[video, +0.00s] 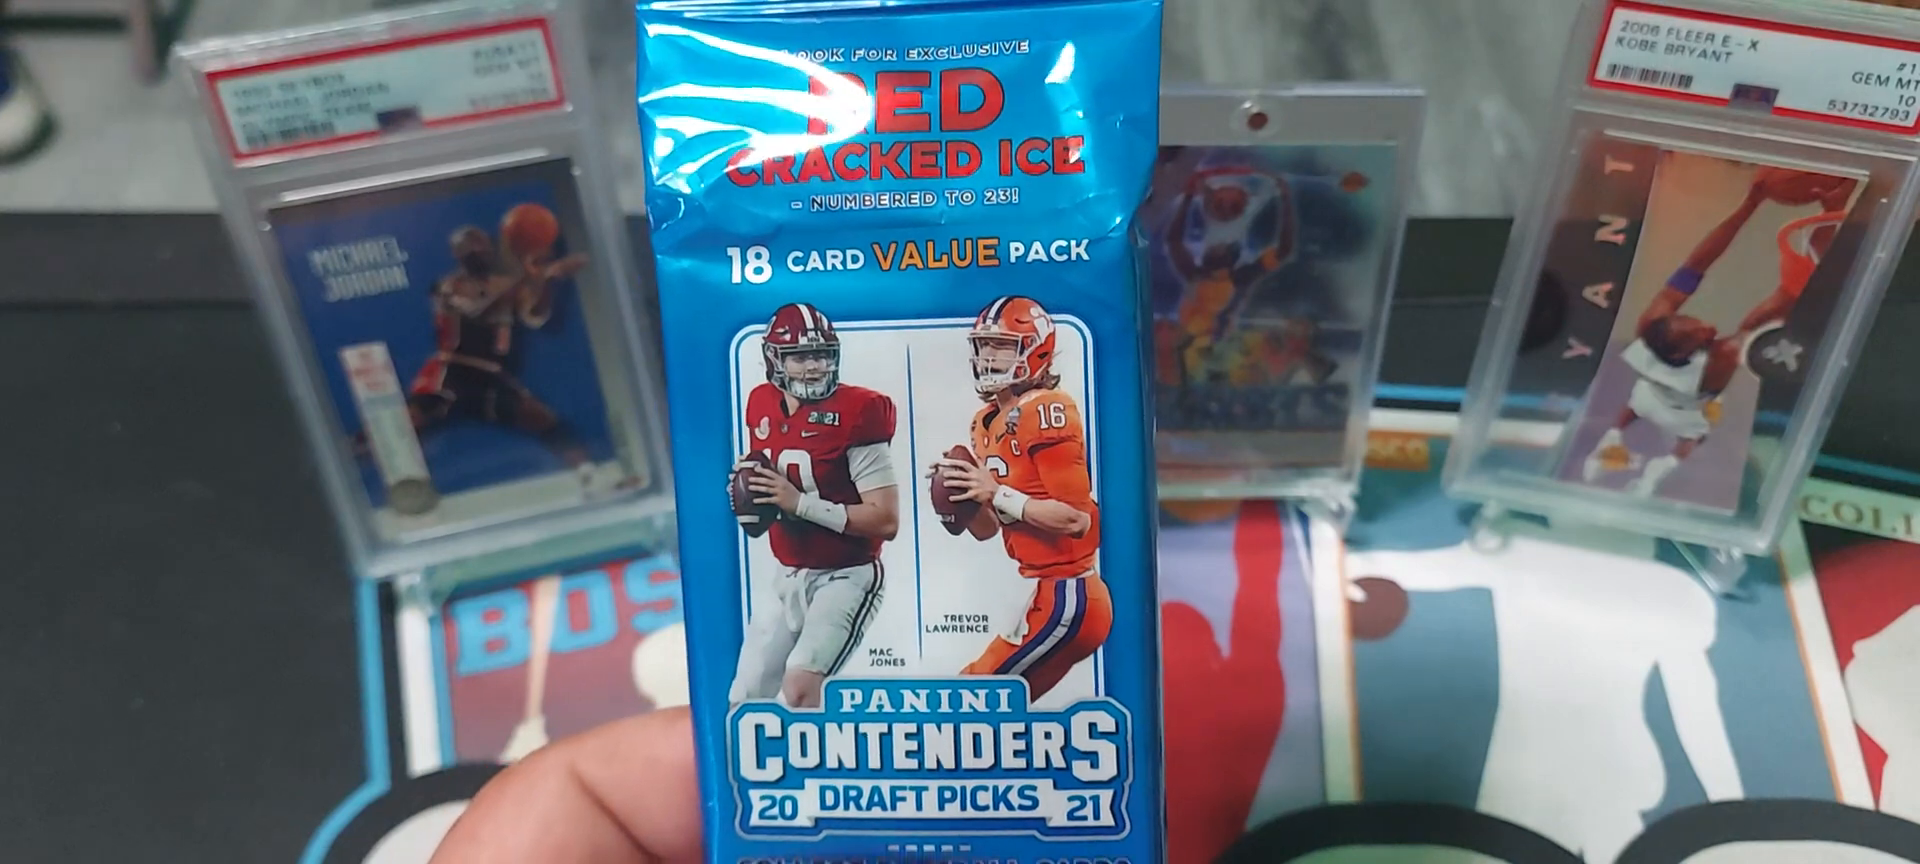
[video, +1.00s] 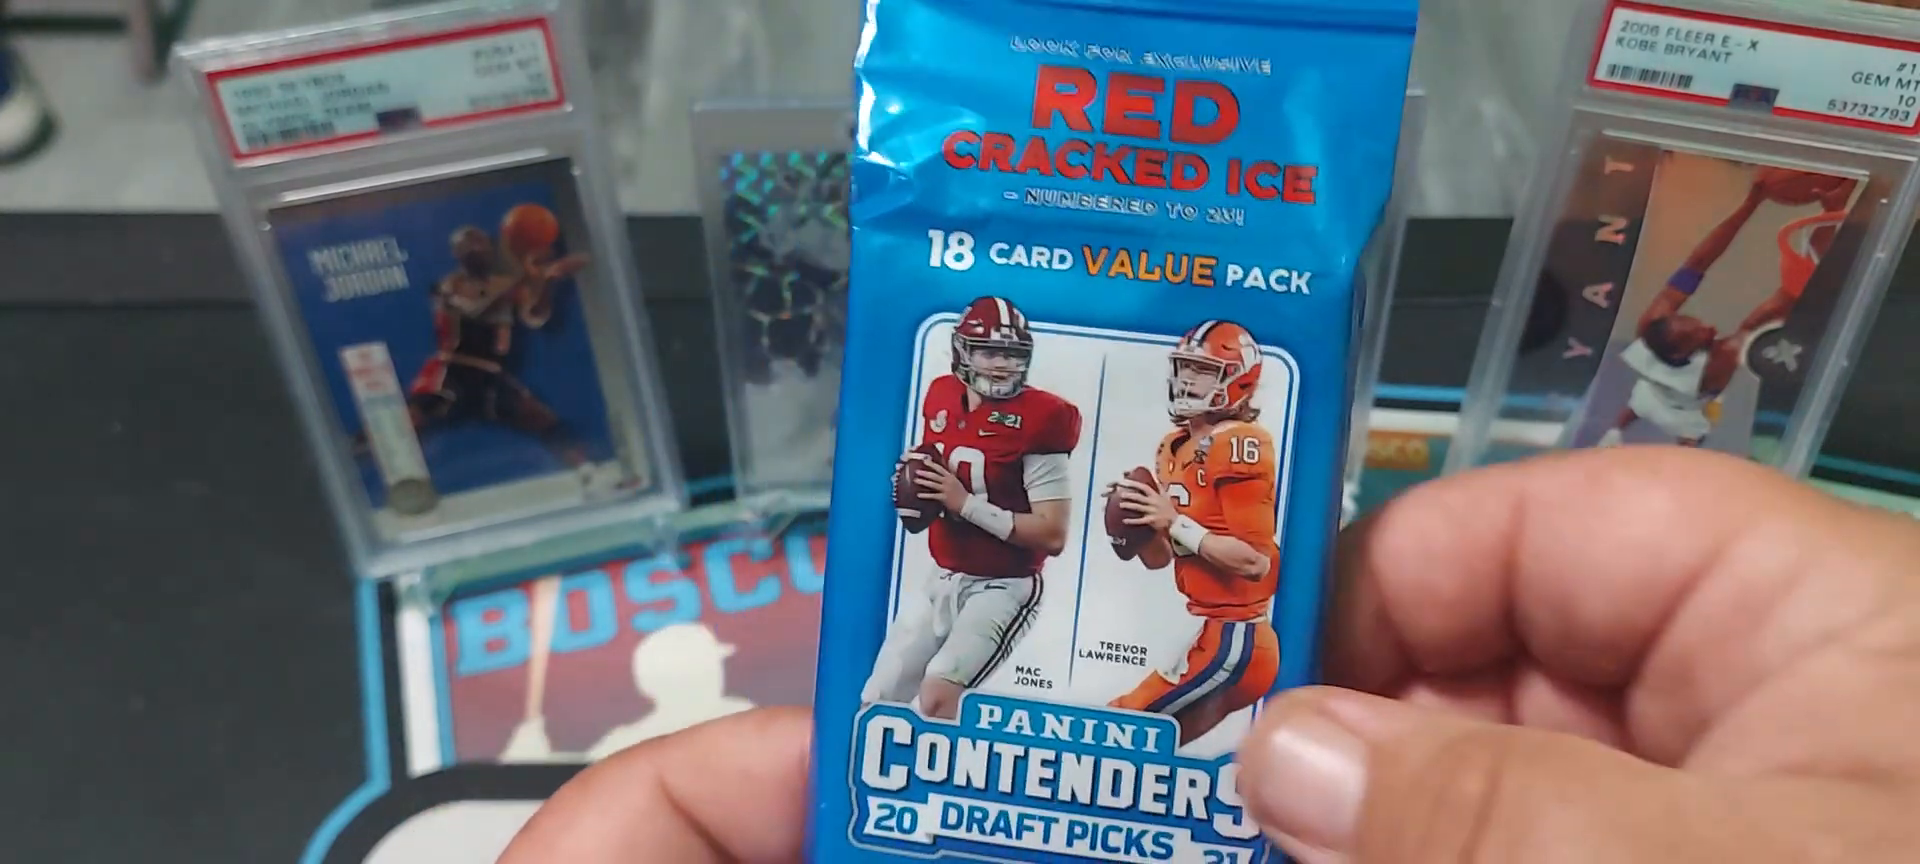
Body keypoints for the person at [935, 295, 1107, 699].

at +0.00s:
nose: (988, 359)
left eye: (1002, 348)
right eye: (983, 347)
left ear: (1034, 353)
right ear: (974, 350)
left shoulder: (1046, 410)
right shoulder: (985, 422)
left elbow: (1074, 517)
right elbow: (984, 528)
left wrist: (996, 492)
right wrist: (957, 491)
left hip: (1067, 597)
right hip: (1050, 594)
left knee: (964, 702)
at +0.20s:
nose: (944, 340)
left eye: (958, 329)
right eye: (939, 328)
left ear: (993, 332)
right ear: (929, 331)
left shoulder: (1004, 389)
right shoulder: (941, 403)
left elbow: (1034, 501)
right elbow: (943, 513)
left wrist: (954, 475)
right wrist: (914, 479)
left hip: (1028, 581)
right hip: (1010, 578)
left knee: (927, 691)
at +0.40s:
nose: (1033, 381)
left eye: (1049, 369)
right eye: (1028, 367)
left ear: (1083, 378)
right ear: (1018, 371)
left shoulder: (1095, 435)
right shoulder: (1032, 447)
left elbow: (1124, 551)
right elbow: (1029, 558)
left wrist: (1041, 523)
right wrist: (999, 528)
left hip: (1115, 633)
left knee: (1012, 739)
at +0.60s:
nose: (1127, 427)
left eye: (1143, 416)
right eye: (1123, 414)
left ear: (1179, 425)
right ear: (1113, 417)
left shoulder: (1189, 486)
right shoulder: (1120, 494)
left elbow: (1212, 606)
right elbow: (1114, 611)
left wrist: (1127, 572)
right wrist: (1083, 579)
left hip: (1201, 692)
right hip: (1176, 688)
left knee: (1081, 798)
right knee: (1098, 809)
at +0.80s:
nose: (1142, 409)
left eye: (1158, 398)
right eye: (1139, 397)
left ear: (1194, 406)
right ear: (1130, 400)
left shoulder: (1203, 468)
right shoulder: (1134, 474)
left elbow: (1222, 584)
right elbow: (1126, 588)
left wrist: (1140, 551)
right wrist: (1097, 555)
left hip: (1210, 669)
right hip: (1186, 664)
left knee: (1093, 768)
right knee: (1108, 779)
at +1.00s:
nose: (1187, 383)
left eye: (1203, 373)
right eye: (1184, 369)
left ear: (1238, 382)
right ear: (1173, 370)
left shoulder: (1242, 443)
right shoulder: (1173, 445)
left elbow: (1253, 559)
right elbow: (1158, 558)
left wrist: (1173, 522)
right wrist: (1135, 522)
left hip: (1236, 642)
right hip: (1213, 637)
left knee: (1112, 735)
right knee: (1129, 746)